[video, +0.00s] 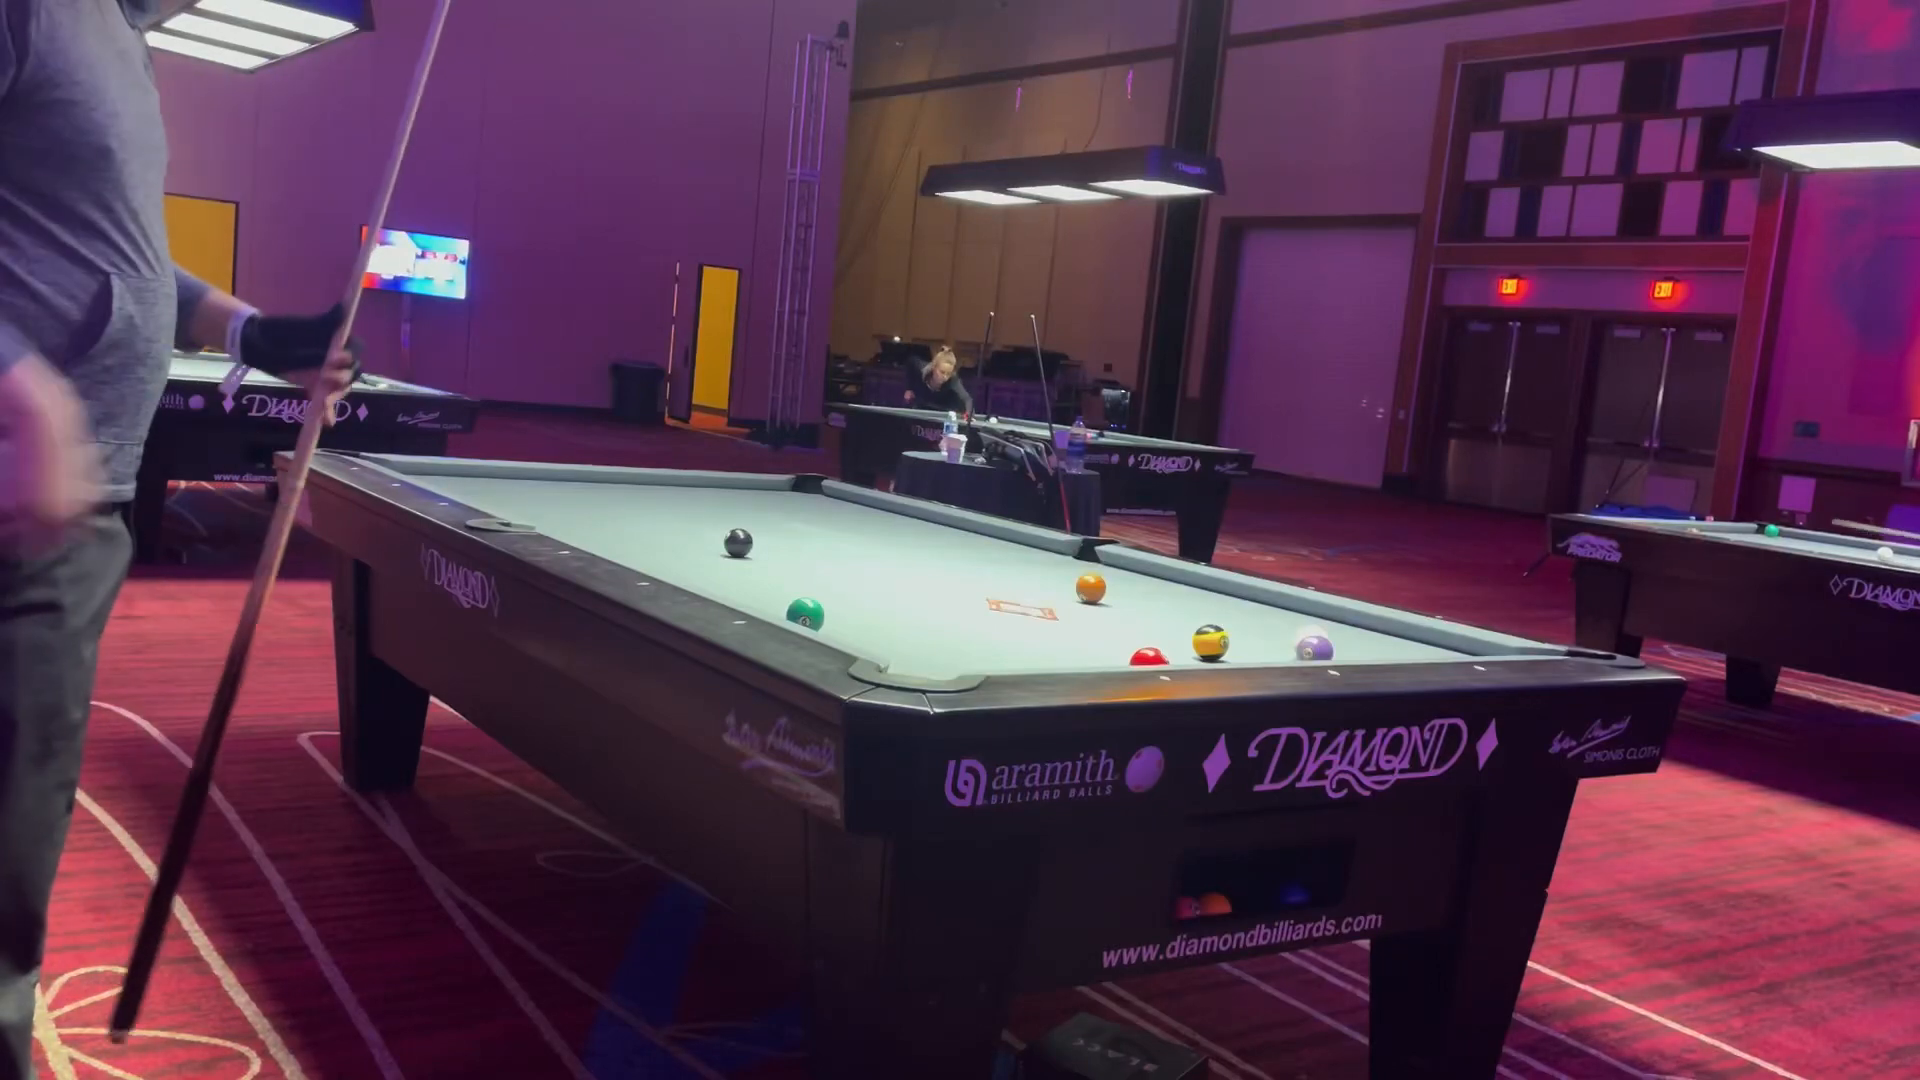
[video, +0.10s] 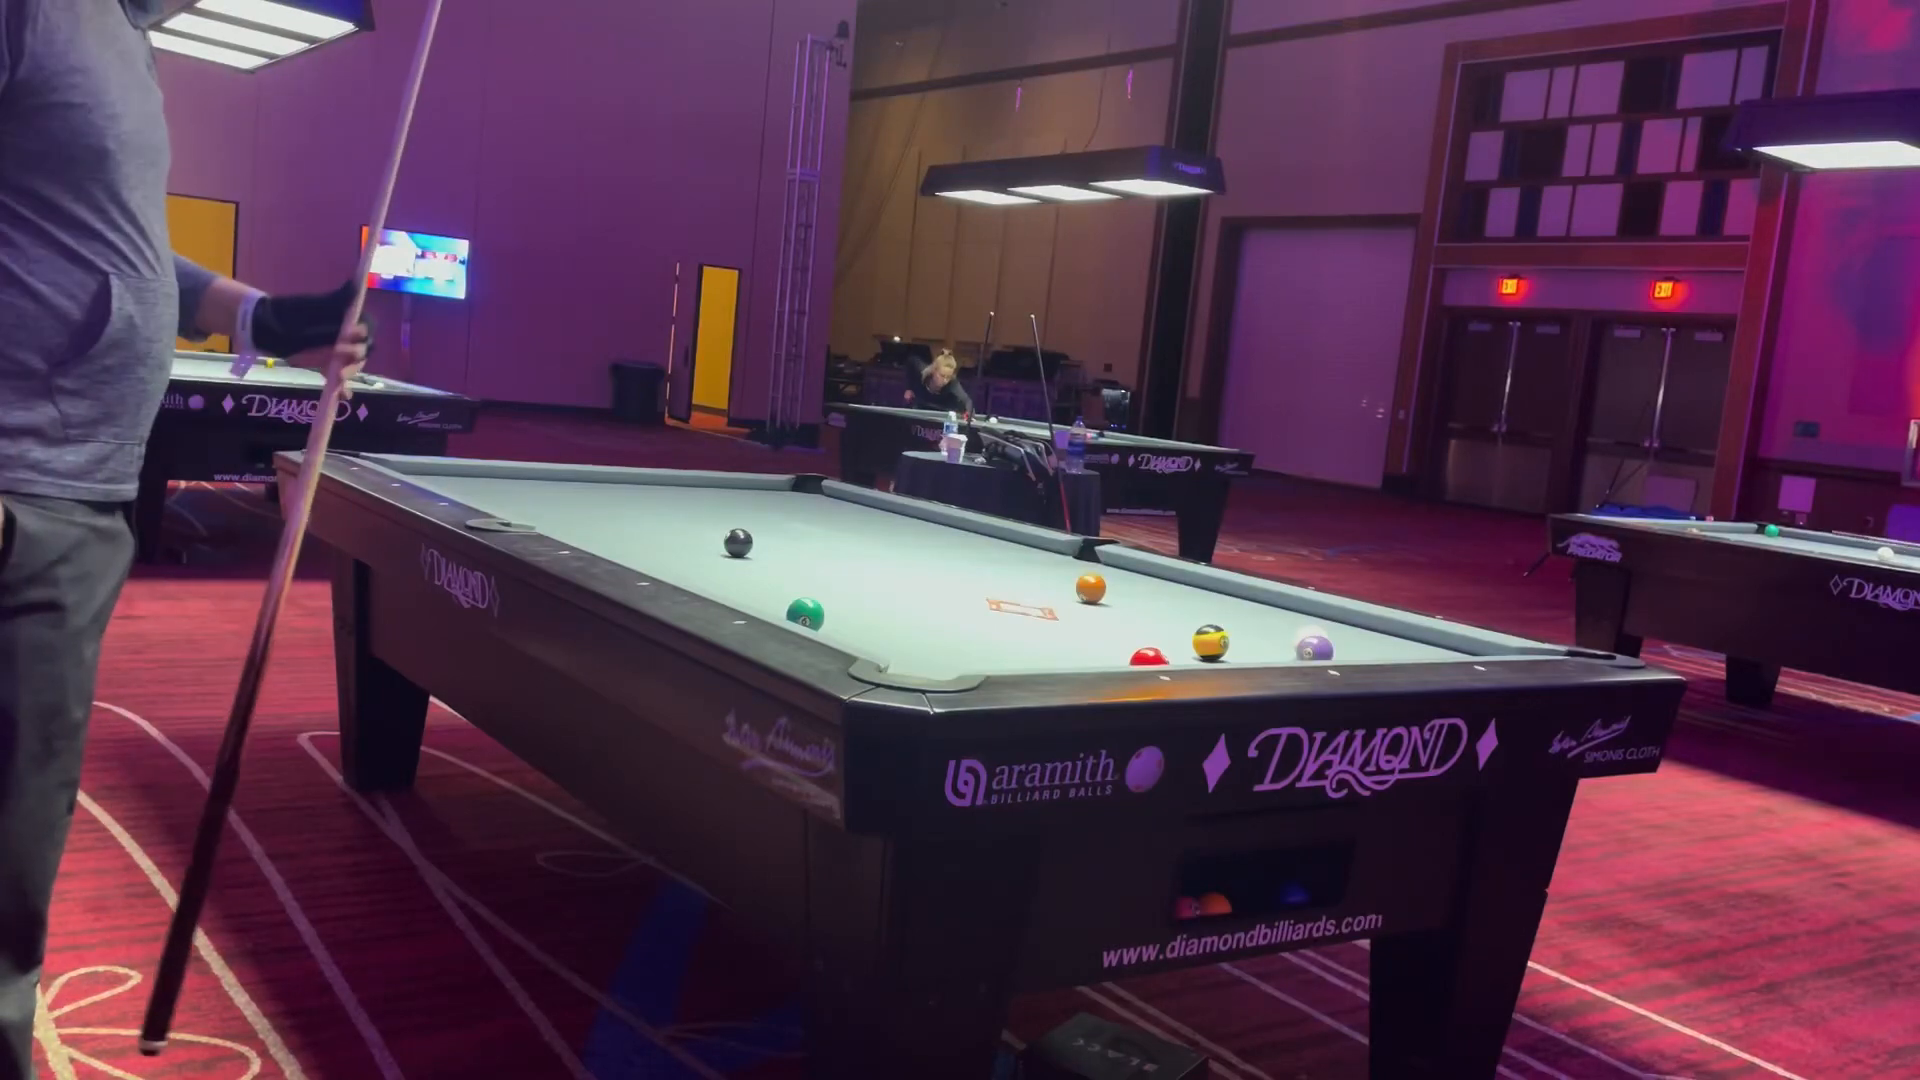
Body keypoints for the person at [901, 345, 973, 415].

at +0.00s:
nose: (944, 377)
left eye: (948, 374)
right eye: (942, 372)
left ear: (951, 373)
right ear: (934, 367)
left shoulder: (953, 382)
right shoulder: (921, 370)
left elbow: (967, 399)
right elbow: (911, 361)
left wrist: (967, 413)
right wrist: (908, 388)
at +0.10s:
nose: (944, 381)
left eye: (948, 377)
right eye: (942, 376)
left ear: (951, 377)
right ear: (934, 370)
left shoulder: (952, 385)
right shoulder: (920, 372)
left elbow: (966, 400)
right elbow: (911, 361)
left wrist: (966, 412)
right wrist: (908, 388)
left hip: (944, 409)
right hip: (920, 403)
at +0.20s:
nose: (944, 385)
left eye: (947, 381)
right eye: (941, 379)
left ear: (951, 381)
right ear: (933, 373)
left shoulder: (951, 387)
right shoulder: (920, 374)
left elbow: (966, 402)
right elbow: (911, 361)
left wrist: (966, 412)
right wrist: (908, 388)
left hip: (943, 411)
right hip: (920, 405)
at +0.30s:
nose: (943, 388)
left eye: (947, 384)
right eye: (941, 383)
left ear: (950, 384)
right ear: (933, 377)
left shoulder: (951, 390)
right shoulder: (921, 376)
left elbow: (967, 404)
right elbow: (911, 360)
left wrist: (967, 413)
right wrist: (908, 388)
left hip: (942, 411)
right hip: (920, 406)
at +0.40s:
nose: (943, 391)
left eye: (946, 387)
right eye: (941, 386)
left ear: (949, 386)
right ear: (933, 379)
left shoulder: (951, 393)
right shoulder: (920, 378)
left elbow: (968, 407)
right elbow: (912, 360)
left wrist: (966, 414)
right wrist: (908, 388)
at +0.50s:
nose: (943, 392)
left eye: (946, 389)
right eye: (941, 387)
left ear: (949, 388)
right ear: (932, 380)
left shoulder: (951, 396)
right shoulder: (920, 381)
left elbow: (968, 406)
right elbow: (912, 359)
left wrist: (966, 414)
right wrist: (909, 388)